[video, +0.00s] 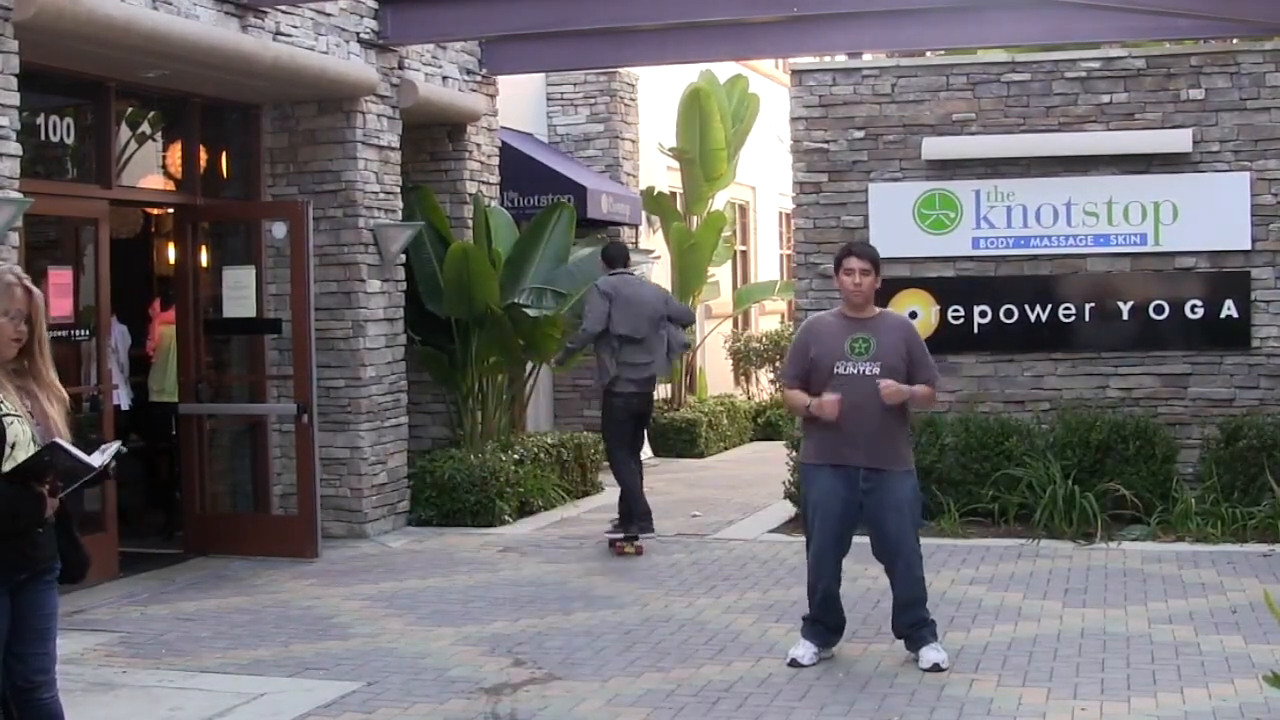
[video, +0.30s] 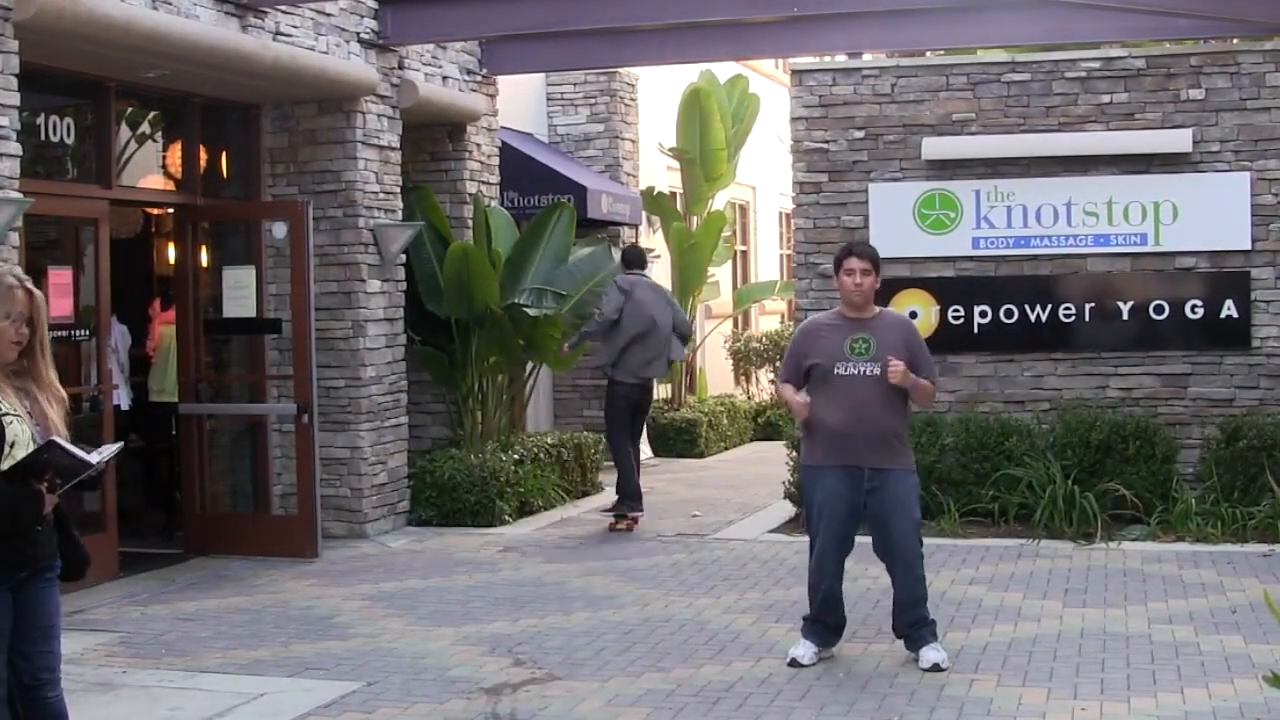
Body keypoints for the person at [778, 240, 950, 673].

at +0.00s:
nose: (855, 280)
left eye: (863, 273)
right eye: (847, 272)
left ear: (877, 279)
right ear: (836, 279)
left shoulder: (901, 329)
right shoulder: (813, 329)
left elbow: (929, 392)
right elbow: (789, 391)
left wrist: (906, 392)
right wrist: (812, 404)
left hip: (891, 465)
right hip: (827, 464)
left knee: (904, 553)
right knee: (822, 554)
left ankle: (922, 637)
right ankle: (818, 634)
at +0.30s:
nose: (856, 280)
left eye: (864, 273)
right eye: (847, 273)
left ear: (877, 280)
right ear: (836, 280)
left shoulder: (901, 328)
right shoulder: (811, 331)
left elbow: (928, 396)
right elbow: (786, 382)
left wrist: (908, 380)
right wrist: (793, 398)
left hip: (892, 463)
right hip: (828, 463)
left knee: (906, 552)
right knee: (825, 552)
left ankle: (922, 638)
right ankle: (819, 634)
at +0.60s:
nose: (853, 282)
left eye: (861, 276)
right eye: (845, 275)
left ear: (876, 283)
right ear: (834, 283)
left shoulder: (899, 332)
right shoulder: (813, 334)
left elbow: (927, 392)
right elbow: (790, 403)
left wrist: (920, 422)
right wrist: (817, 381)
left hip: (895, 465)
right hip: (829, 467)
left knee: (907, 555)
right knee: (828, 555)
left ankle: (921, 638)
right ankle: (820, 635)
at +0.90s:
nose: (857, 281)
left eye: (866, 273)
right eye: (849, 273)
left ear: (878, 281)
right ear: (837, 281)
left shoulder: (900, 331)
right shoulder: (812, 331)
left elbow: (925, 398)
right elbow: (784, 388)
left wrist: (904, 380)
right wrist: (798, 421)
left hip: (886, 465)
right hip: (823, 464)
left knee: (897, 551)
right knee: (819, 553)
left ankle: (920, 638)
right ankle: (818, 634)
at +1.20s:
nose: (861, 285)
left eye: (869, 277)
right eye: (853, 277)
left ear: (883, 284)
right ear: (841, 284)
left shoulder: (907, 333)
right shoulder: (818, 334)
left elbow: (936, 393)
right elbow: (791, 404)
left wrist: (922, 416)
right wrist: (801, 394)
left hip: (897, 468)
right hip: (832, 469)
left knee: (910, 555)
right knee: (832, 557)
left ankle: (922, 638)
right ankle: (819, 635)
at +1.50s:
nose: (854, 284)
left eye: (862, 277)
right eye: (846, 276)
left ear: (876, 284)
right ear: (834, 282)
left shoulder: (897, 333)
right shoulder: (810, 333)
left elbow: (923, 399)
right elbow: (790, 398)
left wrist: (903, 394)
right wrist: (819, 410)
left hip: (882, 466)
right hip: (821, 464)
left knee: (892, 549)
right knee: (817, 552)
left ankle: (920, 637)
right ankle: (819, 633)